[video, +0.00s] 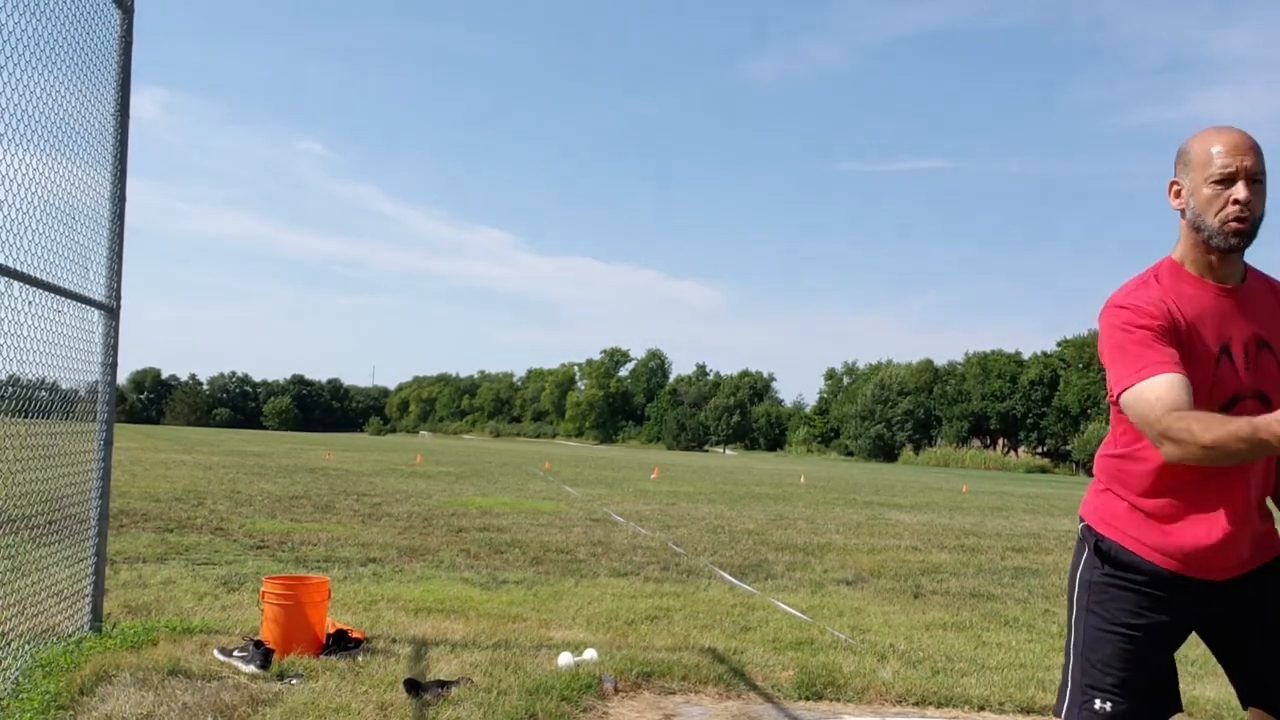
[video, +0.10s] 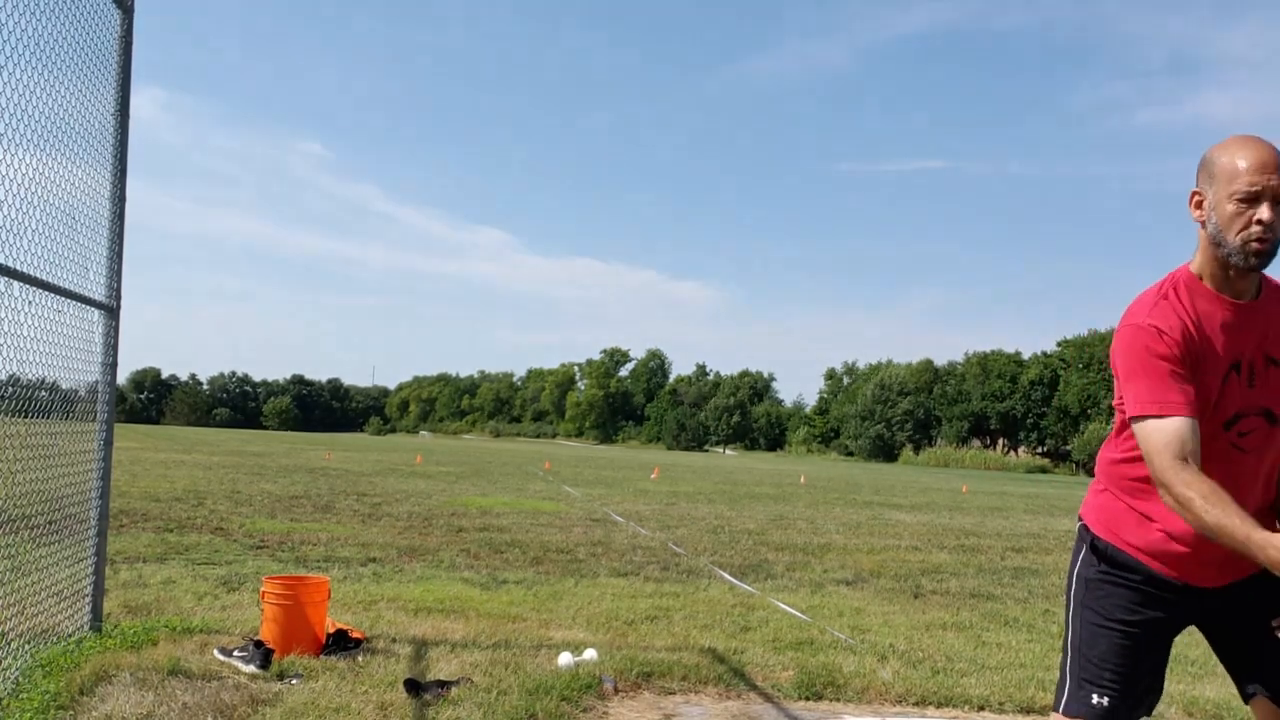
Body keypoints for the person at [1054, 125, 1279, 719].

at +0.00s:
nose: (1244, 195)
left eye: (1255, 181)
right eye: (1225, 180)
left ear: (1266, 193)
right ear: (1179, 195)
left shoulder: (1273, 304)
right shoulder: (1137, 308)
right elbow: (1175, 435)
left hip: (1248, 560)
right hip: (1134, 559)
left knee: (1275, 702)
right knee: (1103, 712)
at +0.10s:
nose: (1267, 217)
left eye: (1276, 200)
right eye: (1249, 199)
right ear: (1201, 207)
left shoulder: (1279, 310)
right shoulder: (1156, 320)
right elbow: (1174, 471)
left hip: (1245, 564)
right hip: (1135, 560)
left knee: (1277, 701)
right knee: (1090, 712)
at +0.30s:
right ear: (1245, 223)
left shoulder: (1271, 323)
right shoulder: (1180, 334)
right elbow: (1131, 481)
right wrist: (1224, 592)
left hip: (1257, 568)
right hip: (1138, 559)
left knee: (1277, 704)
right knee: (1087, 712)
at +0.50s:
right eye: (1278, 242)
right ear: (1243, 226)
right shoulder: (1179, 324)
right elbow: (1057, 435)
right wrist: (1155, 535)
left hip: (1254, 575)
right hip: (1134, 567)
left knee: (1275, 706)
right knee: (1101, 713)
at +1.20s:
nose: (1268, 261)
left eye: (1279, 242)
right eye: (1252, 241)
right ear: (1208, 222)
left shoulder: (1277, 314)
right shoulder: (1137, 324)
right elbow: (1102, 470)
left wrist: (1269, 459)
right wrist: (1227, 475)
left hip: (1252, 555)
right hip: (1128, 550)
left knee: (1279, 699)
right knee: (1085, 710)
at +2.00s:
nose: (1223, 259)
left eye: (1239, 241)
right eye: (1206, 240)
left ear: (1260, 238)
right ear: (1167, 233)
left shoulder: (1274, 332)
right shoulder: (1111, 337)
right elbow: (1109, 484)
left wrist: (1268, 529)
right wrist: (1193, 526)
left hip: (1234, 570)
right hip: (1111, 565)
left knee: (1274, 704)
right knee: (1090, 711)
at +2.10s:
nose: (1221, 261)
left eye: (1236, 242)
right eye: (1202, 243)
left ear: (1253, 239)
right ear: (1161, 238)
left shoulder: (1271, 338)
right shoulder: (1102, 346)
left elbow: (1273, 465)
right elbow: (1099, 486)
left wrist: (1275, 555)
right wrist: (1139, 580)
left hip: (1226, 574)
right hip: (1108, 567)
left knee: (1272, 703)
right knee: (1091, 709)